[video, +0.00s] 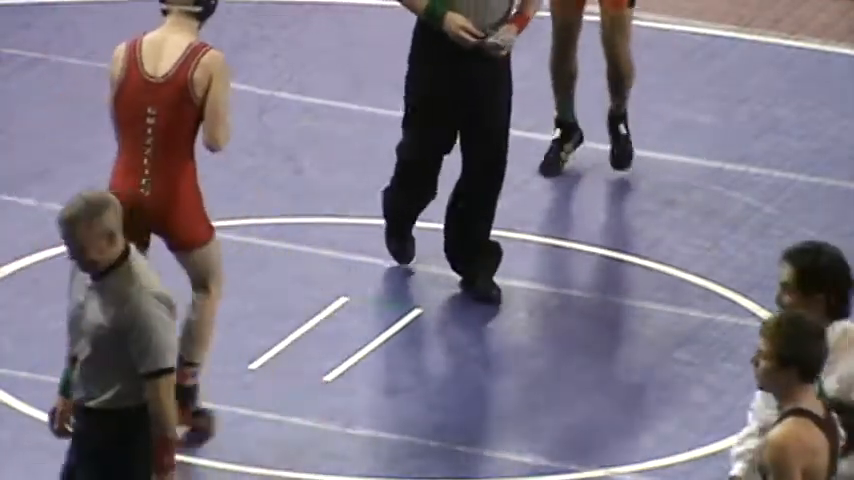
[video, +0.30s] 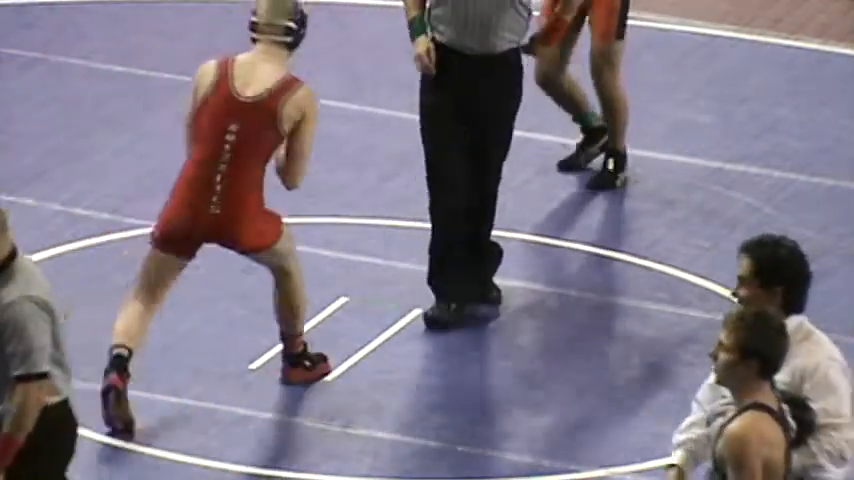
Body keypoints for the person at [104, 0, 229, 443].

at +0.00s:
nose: (203, 13)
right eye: (209, 9)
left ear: (164, 6)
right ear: (207, 10)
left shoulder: (125, 52)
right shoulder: (210, 61)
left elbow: (119, 118)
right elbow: (216, 139)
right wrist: (204, 96)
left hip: (123, 192)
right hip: (175, 199)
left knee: (113, 292)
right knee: (207, 287)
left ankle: (93, 390)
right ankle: (184, 396)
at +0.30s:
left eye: (261, 22)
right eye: (298, 31)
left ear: (254, 28)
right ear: (298, 34)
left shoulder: (210, 72)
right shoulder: (300, 98)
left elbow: (193, 137)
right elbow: (292, 177)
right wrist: (279, 142)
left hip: (185, 213)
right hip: (242, 220)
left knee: (145, 295)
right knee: (286, 267)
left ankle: (116, 369)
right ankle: (296, 358)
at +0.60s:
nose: (286, 84)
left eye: (288, 80)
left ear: (288, 82)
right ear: (327, 98)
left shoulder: (251, 100)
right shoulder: (329, 126)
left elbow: (228, 152)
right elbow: (313, 206)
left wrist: (261, 187)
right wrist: (274, 201)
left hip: (202, 200)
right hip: (259, 216)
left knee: (129, 266)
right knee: (315, 249)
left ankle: (57, 333)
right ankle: (299, 357)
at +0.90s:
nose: (313, 144)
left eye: (313, 139)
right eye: (315, 137)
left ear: (273, 120)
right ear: (308, 127)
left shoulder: (234, 139)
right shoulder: (307, 137)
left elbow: (231, 252)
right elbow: (304, 218)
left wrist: (238, 329)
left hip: (182, 217)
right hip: (241, 227)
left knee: (110, 260)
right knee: (309, 246)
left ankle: (45, 342)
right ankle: (299, 359)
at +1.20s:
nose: (319, 140)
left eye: (318, 135)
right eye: (320, 133)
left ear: (276, 120)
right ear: (311, 125)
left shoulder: (236, 139)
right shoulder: (310, 136)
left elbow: (231, 255)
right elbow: (306, 214)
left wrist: (236, 330)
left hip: (183, 209)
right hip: (240, 221)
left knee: (111, 257)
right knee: (309, 245)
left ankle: (43, 340)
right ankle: (299, 359)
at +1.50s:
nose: (315, 139)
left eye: (315, 134)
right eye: (316, 132)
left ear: (272, 119)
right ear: (308, 124)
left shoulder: (230, 139)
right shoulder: (306, 138)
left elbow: (231, 252)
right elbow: (298, 213)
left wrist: (236, 330)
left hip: (175, 211)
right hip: (233, 221)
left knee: (103, 256)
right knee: (304, 244)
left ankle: (33, 339)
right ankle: (298, 359)